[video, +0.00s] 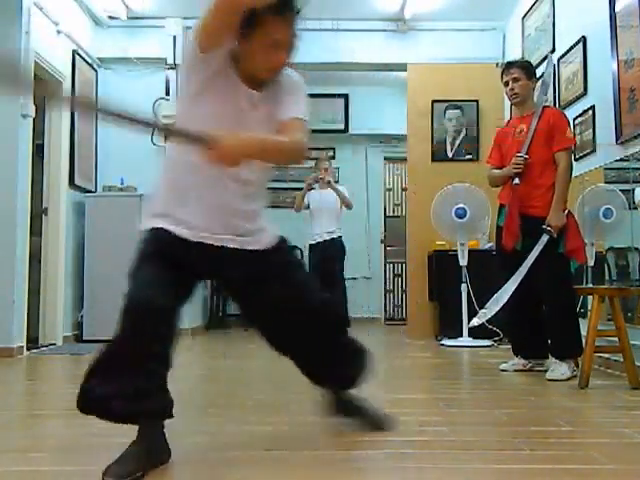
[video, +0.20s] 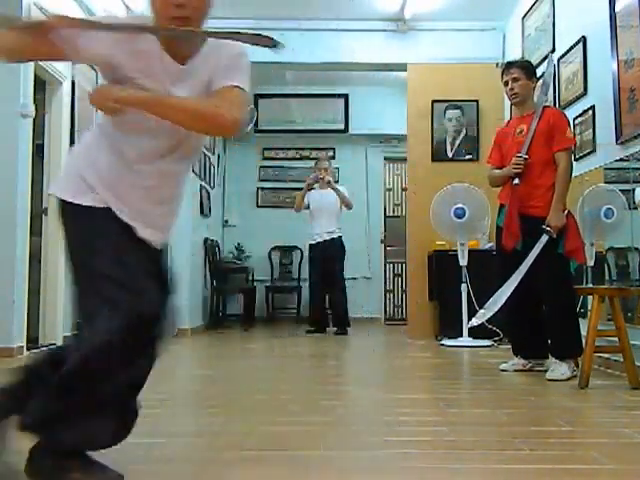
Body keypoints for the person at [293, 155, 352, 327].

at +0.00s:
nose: (324, 173)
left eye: (327, 170)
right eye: (321, 170)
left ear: (332, 172)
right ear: (317, 173)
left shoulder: (339, 189)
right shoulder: (311, 193)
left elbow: (348, 205)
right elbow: (298, 208)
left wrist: (333, 187)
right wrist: (305, 189)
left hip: (334, 238)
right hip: (316, 240)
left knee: (336, 282)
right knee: (316, 283)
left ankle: (341, 319)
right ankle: (318, 322)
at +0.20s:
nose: (323, 174)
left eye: (326, 170)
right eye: (320, 170)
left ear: (330, 171)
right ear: (315, 172)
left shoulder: (338, 190)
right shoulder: (310, 194)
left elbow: (349, 206)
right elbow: (298, 208)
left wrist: (333, 187)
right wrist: (305, 188)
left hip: (334, 240)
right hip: (316, 242)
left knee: (337, 284)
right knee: (316, 285)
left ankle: (341, 324)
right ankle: (318, 323)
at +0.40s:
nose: (323, 173)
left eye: (326, 170)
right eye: (320, 170)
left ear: (330, 171)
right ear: (315, 173)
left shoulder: (339, 190)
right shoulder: (311, 194)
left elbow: (348, 206)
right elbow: (297, 208)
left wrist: (333, 188)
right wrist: (305, 188)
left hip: (334, 241)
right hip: (316, 243)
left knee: (336, 285)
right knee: (316, 286)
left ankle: (341, 324)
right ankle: (318, 324)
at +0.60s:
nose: (323, 173)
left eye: (325, 170)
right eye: (319, 170)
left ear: (330, 171)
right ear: (315, 172)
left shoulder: (339, 190)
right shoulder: (311, 194)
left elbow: (348, 206)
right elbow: (298, 208)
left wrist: (333, 188)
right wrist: (306, 188)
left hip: (334, 241)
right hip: (316, 243)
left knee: (336, 285)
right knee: (316, 286)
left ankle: (341, 324)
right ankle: (318, 324)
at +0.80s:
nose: (322, 174)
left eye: (325, 170)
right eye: (319, 170)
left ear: (330, 172)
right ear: (314, 173)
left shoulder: (339, 190)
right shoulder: (311, 193)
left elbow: (348, 206)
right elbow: (299, 208)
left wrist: (333, 188)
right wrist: (308, 188)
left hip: (333, 241)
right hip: (315, 242)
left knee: (336, 285)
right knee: (316, 286)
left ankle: (341, 324)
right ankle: (318, 324)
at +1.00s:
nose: (322, 173)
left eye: (325, 170)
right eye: (319, 170)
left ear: (330, 172)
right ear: (314, 172)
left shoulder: (339, 189)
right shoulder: (311, 193)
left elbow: (348, 206)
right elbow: (299, 208)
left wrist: (332, 188)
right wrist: (309, 188)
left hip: (333, 241)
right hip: (315, 243)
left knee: (336, 285)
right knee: (316, 286)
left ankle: (341, 324)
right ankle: (318, 324)